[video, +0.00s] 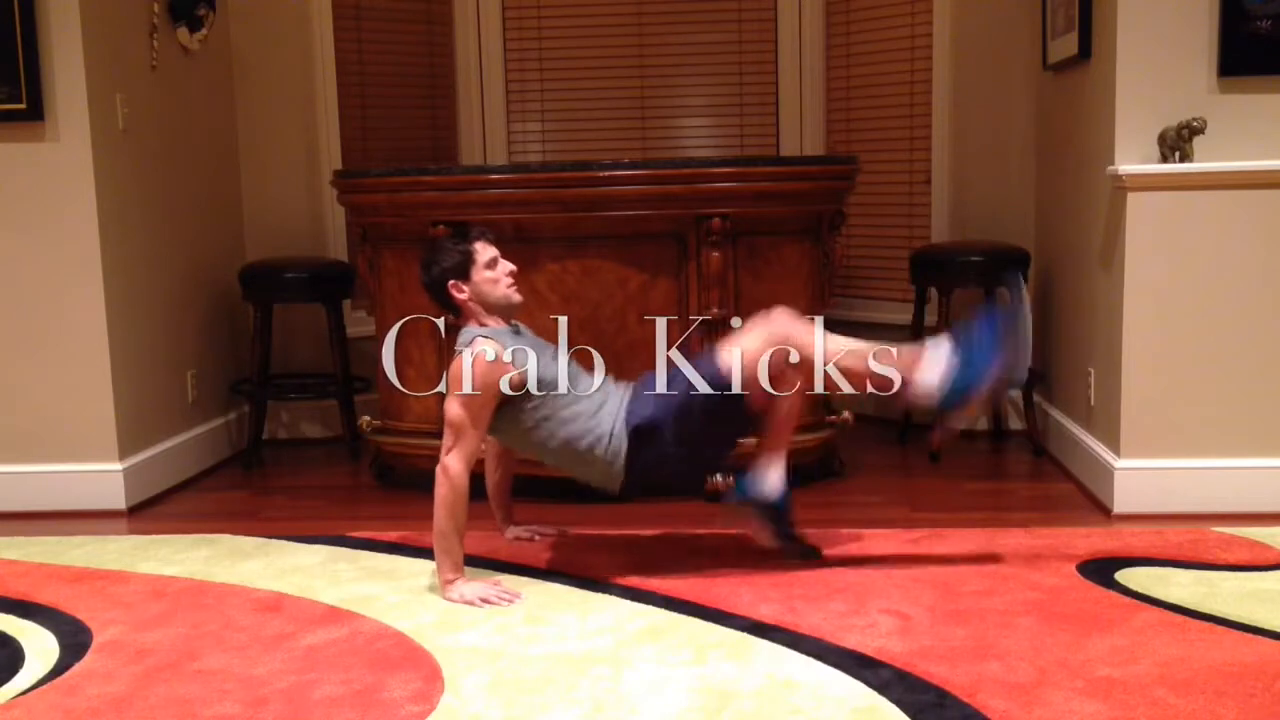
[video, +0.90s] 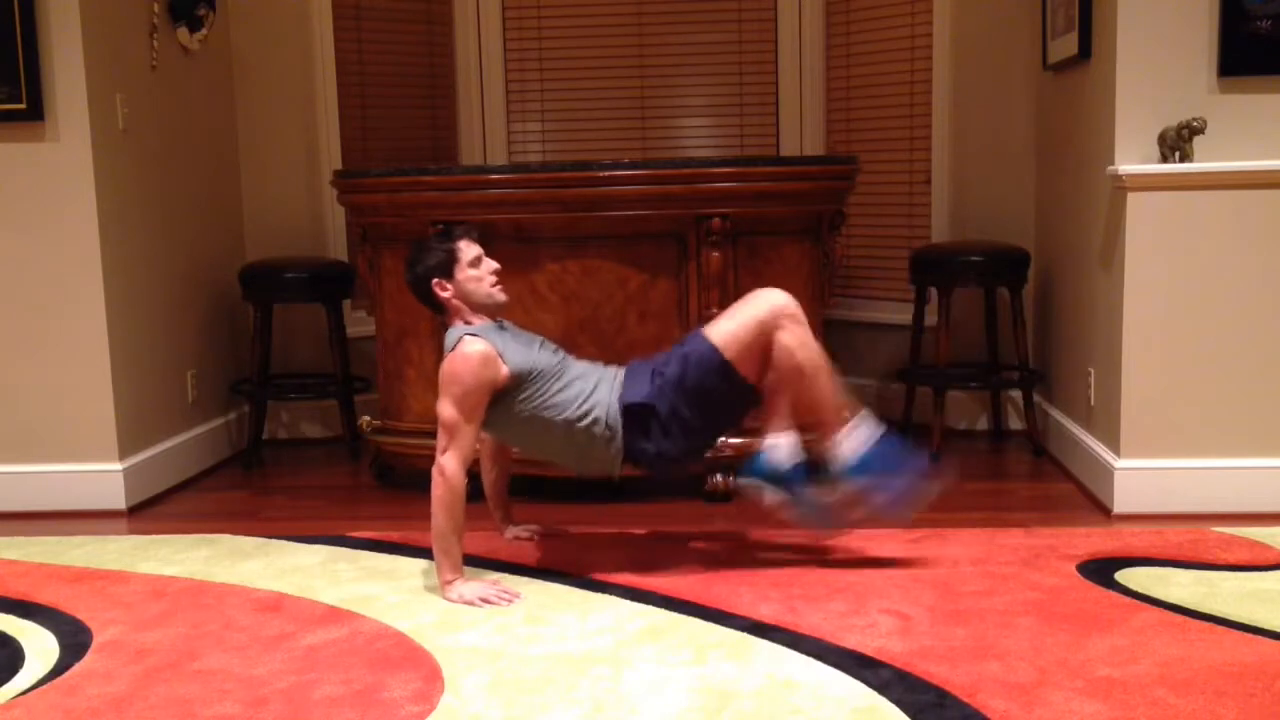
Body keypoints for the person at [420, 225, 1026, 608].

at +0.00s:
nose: (510, 270)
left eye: (504, 260)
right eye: (494, 266)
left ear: (489, 282)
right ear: (464, 292)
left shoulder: (506, 340)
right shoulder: (478, 355)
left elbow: (494, 441)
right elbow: (451, 464)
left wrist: (499, 524)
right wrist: (449, 576)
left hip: (642, 419)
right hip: (635, 445)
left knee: (783, 337)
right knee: (781, 329)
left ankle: (765, 484)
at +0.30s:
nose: (506, 269)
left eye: (499, 260)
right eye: (490, 265)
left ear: (480, 285)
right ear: (458, 293)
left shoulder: (505, 341)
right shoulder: (479, 359)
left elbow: (491, 443)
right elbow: (449, 467)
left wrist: (501, 523)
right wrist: (449, 578)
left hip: (653, 432)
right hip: (644, 450)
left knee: (790, 352)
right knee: (756, 320)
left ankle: (761, 498)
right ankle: (910, 367)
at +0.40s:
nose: (498, 269)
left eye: (493, 260)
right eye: (482, 265)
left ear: (470, 283)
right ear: (451, 290)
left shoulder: (490, 336)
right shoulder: (472, 357)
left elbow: (486, 436)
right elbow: (450, 466)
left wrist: (500, 515)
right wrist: (449, 577)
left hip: (640, 411)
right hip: (640, 445)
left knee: (760, 315)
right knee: (762, 315)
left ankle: (857, 411)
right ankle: (823, 464)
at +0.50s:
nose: (505, 271)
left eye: (499, 262)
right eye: (489, 267)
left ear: (481, 283)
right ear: (456, 293)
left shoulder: (500, 338)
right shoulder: (478, 360)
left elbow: (488, 439)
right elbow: (450, 465)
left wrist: (501, 517)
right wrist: (448, 577)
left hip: (633, 428)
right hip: (626, 460)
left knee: (758, 341)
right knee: (767, 372)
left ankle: (905, 333)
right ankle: (762, 525)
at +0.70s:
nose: (512, 271)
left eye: (506, 262)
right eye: (496, 268)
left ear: (490, 285)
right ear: (465, 295)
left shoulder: (511, 337)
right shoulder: (487, 360)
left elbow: (492, 438)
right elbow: (454, 465)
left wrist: (502, 520)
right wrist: (450, 578)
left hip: (632, 453)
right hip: (623, 481)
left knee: (759, 356)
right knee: (759, 374)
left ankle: (901, 376)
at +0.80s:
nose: (501, 269)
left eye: (495, 260)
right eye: (484, 265)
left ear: (478, 280)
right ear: (451, 290)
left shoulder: (495, 335)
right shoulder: (472, 357)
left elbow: (489, 437)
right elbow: (449, 464)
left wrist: (499, 520)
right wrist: (449, 576)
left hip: (646, 408)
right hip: (639, 448)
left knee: (763, 312)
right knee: (795, 368)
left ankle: (865, 422)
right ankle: (771, 520)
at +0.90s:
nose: (494, 270)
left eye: (489, 261)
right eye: (478, 265)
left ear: (461, 285)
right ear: (446, 290)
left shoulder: (489, 337)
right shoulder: (468, 356)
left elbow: (491, 437)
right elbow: (450, 464)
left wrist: (502, 518)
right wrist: (450, 575)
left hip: (646, 395)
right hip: (646, 421)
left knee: (779, 324)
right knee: (775, 311)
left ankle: (794, 467)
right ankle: (861, 451)